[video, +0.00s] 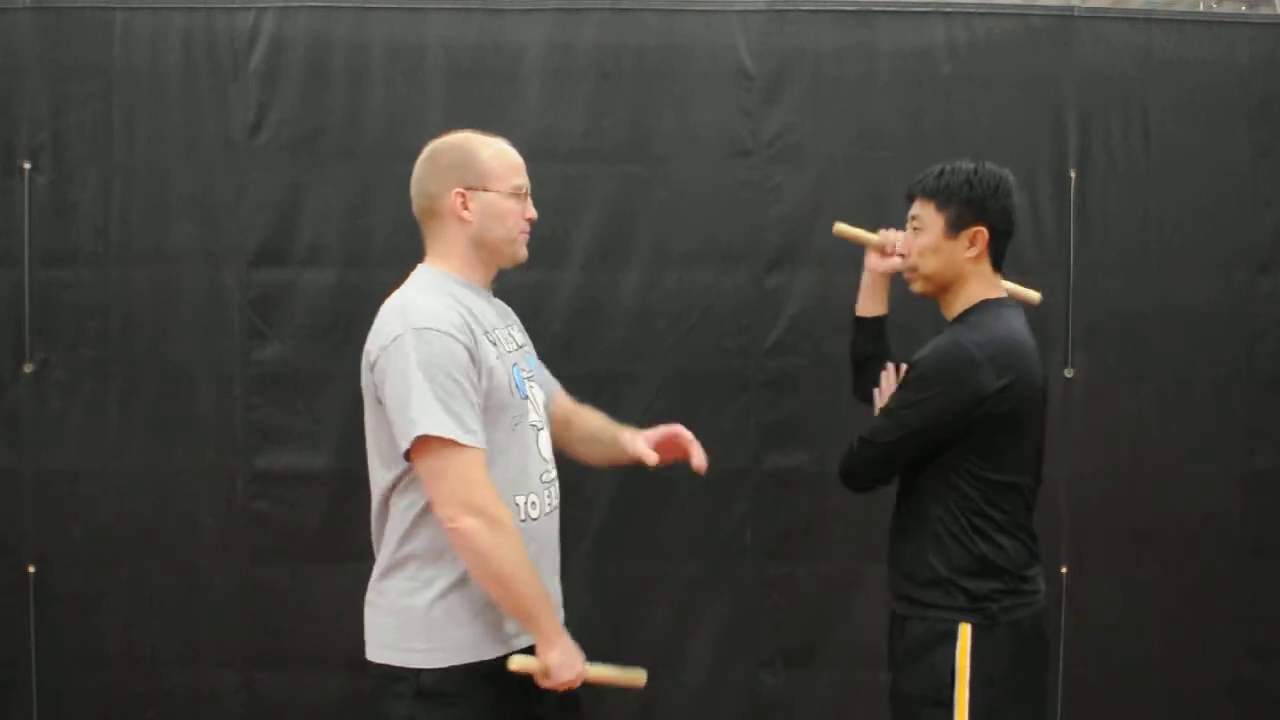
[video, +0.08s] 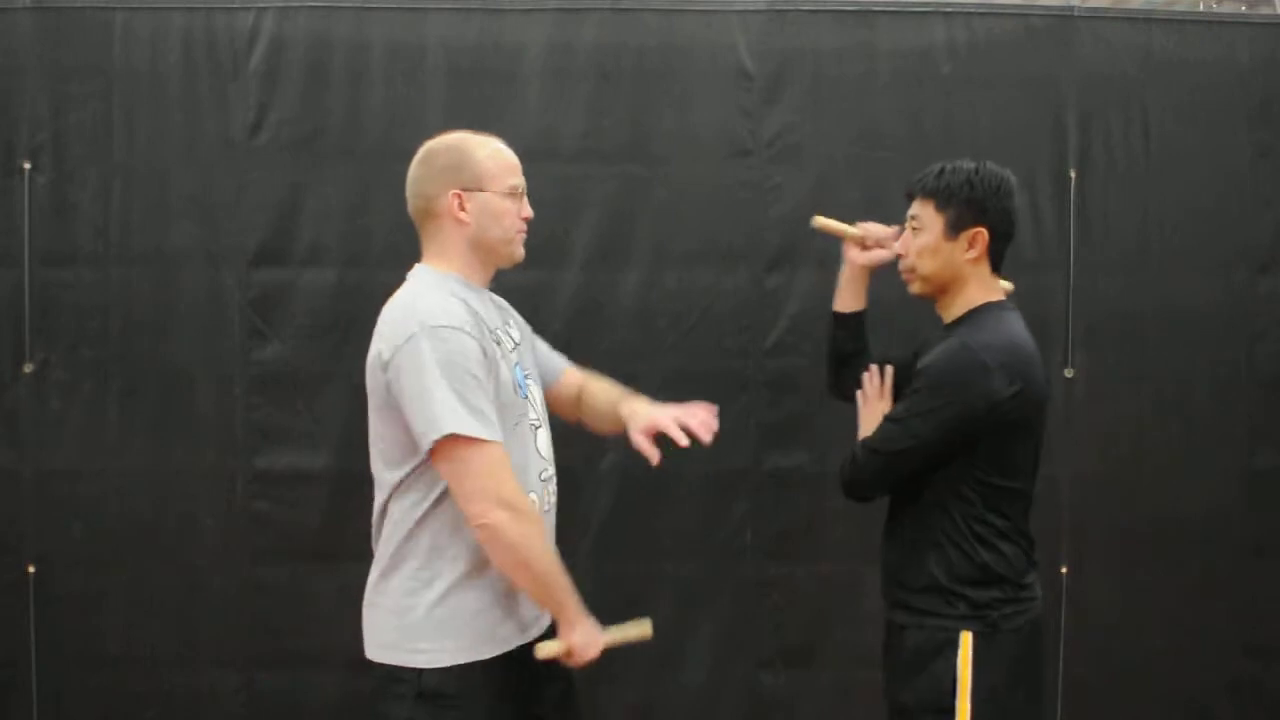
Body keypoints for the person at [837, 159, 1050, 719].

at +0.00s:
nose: (904, 246)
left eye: (918, 230)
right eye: (908, 229)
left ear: (974, 242)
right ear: (970, 245)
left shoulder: (967, 352)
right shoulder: (1001, 334)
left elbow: (860, 469)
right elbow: (873, 388)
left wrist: (886, 414)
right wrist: (875, 279)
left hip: (964, 620)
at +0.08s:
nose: (899, 246)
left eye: (916, 230)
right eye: (905, 229)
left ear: (973, 244)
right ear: (966, 245)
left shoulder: (978, 355)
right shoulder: (970, 339)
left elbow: (863, 479)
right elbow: (848, 379)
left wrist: (871, 430)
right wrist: (854, 270)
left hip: (963, 629)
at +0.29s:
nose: (889, 243)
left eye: (908, 225)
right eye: (896, 225)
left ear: (969, 241)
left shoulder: (1004, 366)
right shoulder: (911, 354)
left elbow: (896, 497)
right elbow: (779, 375)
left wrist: (847, 457)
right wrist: (740, 263)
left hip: (967, 651)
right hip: (903, 644)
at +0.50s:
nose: (874, 239)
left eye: (894, 220)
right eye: (880, 219)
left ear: (957, 238)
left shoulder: (1005, 367)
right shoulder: (873, 351)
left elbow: (922, 507)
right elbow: (740, 356)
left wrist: (839, 469)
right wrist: (688, 259)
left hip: (961, 657)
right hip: (877, 649)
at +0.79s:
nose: (862, 238)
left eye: (883, 219)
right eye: (866, 221)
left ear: (946, 236)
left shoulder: (996, 370)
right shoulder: (848, 343)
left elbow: (965, 520)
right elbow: (743, 351)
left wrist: (845, 480)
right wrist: (652, 332)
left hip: (948, 646)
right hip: (861, 638)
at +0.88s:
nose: (861, 240)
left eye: (884, 220)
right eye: (866, 221)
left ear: (945, 237)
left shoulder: (996, 369)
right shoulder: (853, 343)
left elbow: (967, 508)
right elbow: (755, 385)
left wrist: (843, 464)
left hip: (947, 647)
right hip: (858, 638)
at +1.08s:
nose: (852, 242)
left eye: (874, 223)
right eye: (856, 224)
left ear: (933, 240)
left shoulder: (977, 363)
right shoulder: (854, 359)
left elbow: (898, 397)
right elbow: (787, 468)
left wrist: (804, 382)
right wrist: (753, 580)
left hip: (942, 641)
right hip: (857, 636)